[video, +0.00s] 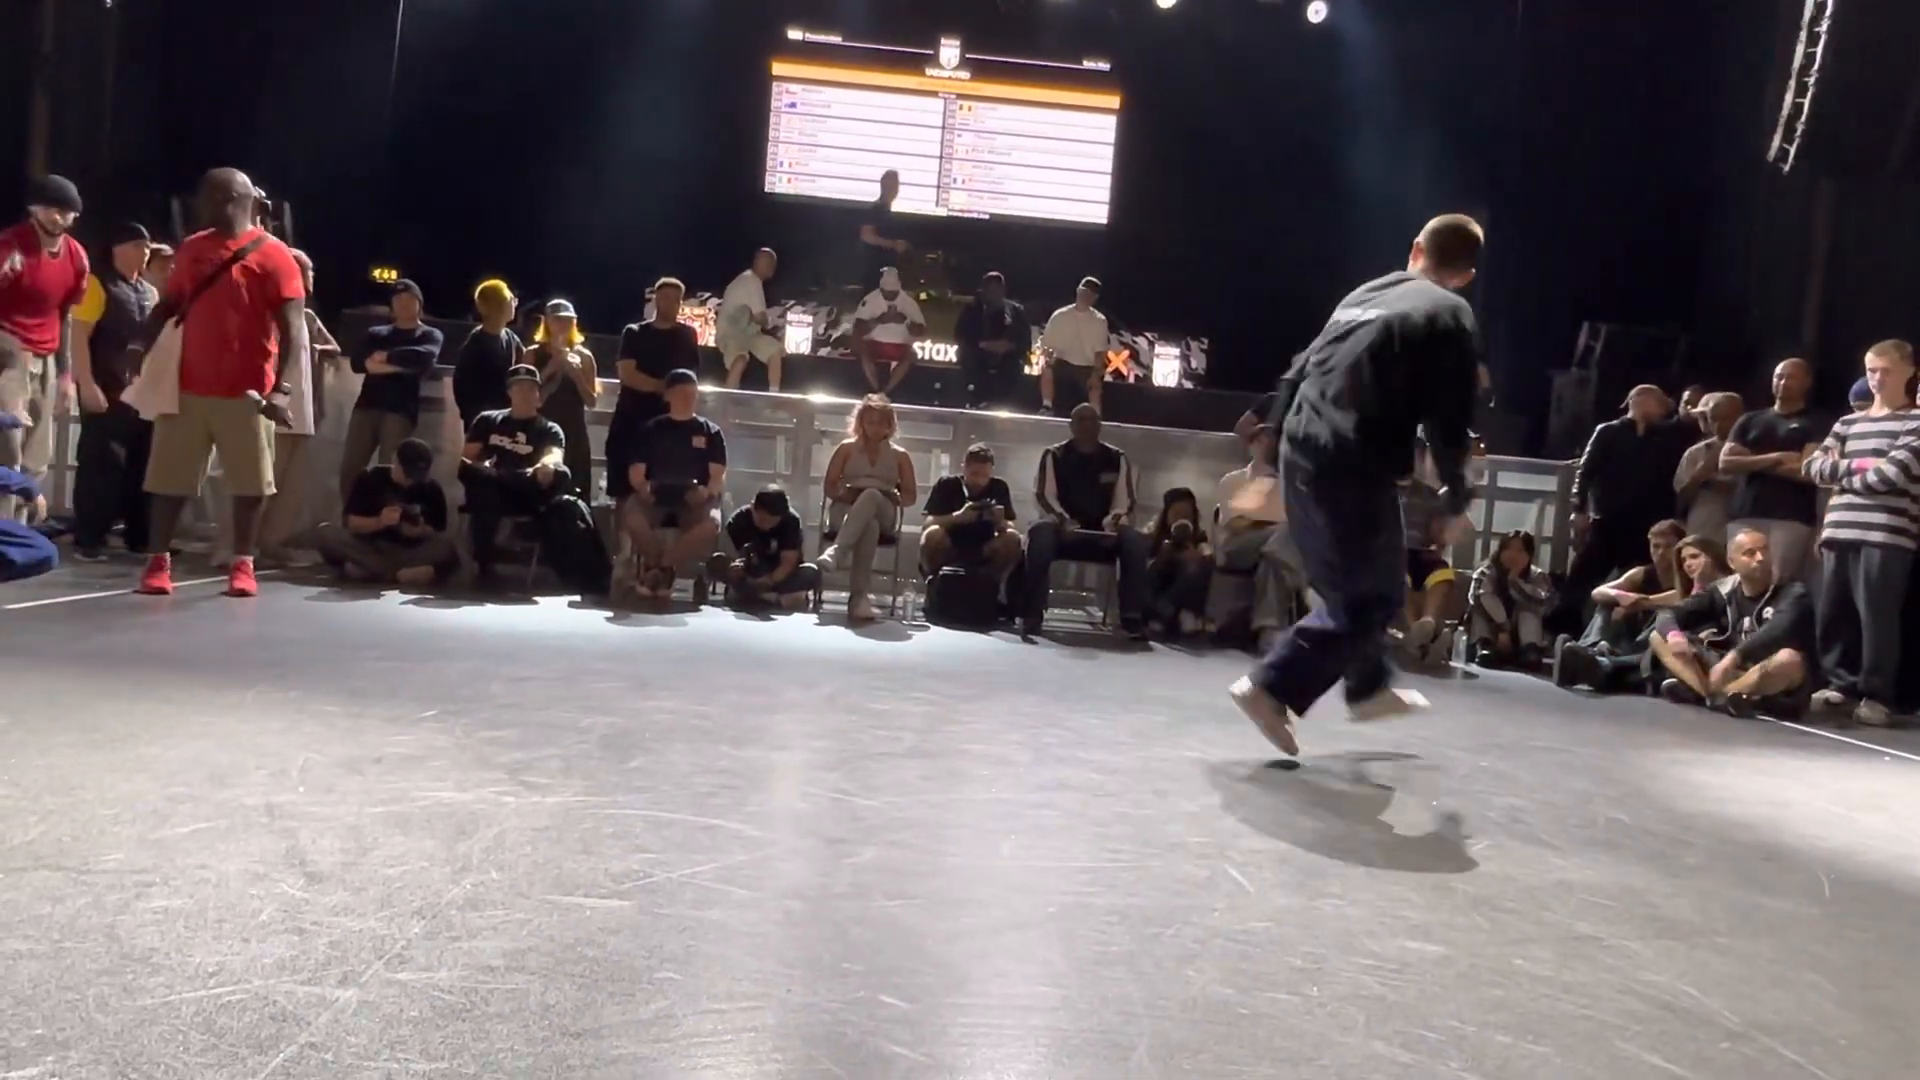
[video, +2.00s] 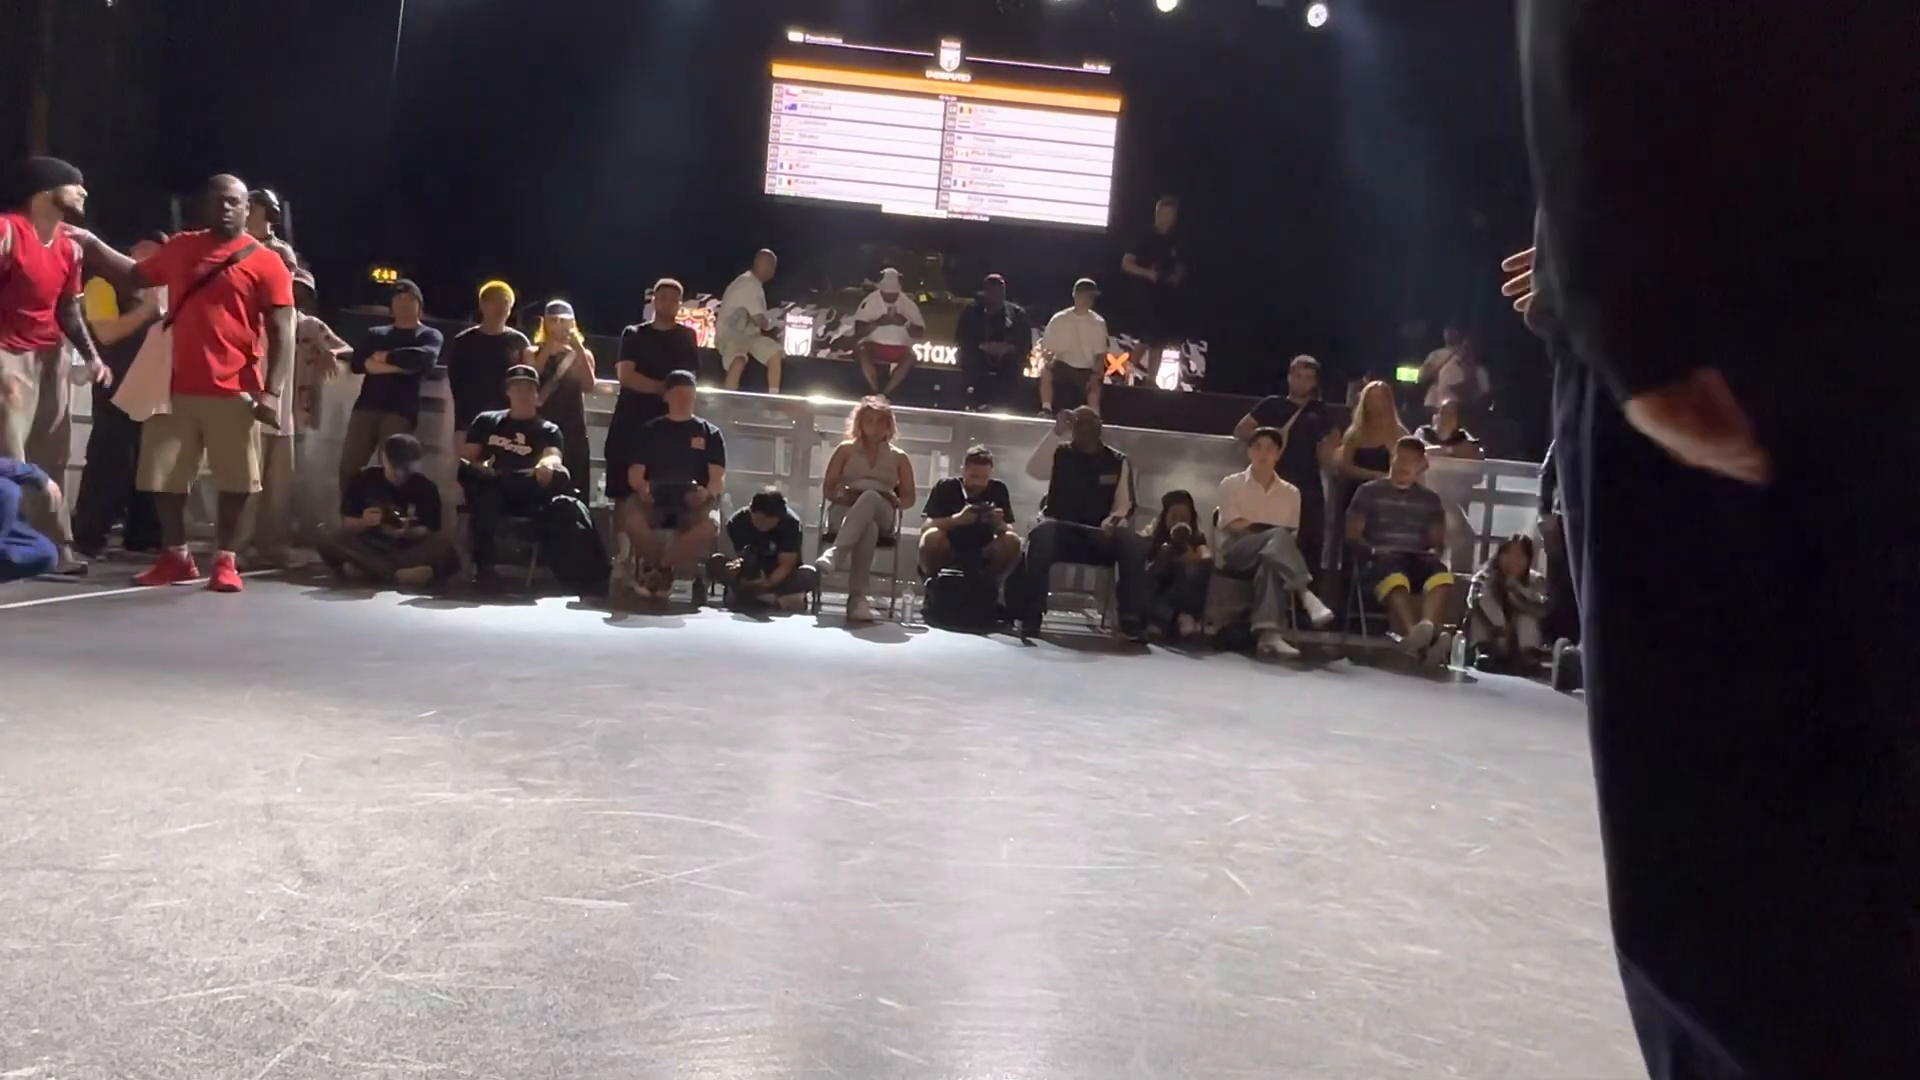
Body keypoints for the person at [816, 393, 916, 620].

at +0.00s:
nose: (875, 428)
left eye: (881, 423)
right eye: (870, 422)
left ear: (890, 425)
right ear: (860, 423)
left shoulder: (899, 456)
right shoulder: (847, 449)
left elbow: (909, 498)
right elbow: (830, 488)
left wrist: (885, 494)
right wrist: (854, 497)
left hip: (884, 518)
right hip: (844, 512)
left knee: (870, 495)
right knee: (869, 524)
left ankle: (836, 550)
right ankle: (859, 597)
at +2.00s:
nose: (874, 427)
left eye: (880, 422)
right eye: (869, 421)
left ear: (889, 425)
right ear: (859, 423)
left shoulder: (898, 457)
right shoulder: (846, 450)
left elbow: (908, 499)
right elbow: (829, 490)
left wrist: (889, 500)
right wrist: (851, 499)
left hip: (883, 518)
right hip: (844, 512)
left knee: (869, 497)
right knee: (869, 527)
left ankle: (834, 553)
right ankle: (857, 600)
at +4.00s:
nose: (850, 437)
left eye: (856, 432)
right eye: (844, 432)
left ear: (863, 436)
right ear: (834, 435)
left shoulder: (874, 468)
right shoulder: (820, 463)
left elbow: (886, 508)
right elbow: (805, 502)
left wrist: (866, 511)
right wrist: (825, 511)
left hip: (861, 529)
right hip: (822, 525)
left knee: (846, 508)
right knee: (847, 538)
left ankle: (813, 565)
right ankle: (838, 611)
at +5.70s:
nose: (868, 449)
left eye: (872, 444)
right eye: (862, 444)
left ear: (878, 449)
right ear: (851, 447)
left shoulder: (886, 478)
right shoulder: (838, 475)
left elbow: (900, 518)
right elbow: (823, 516)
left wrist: (878, 519)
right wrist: (846, 522)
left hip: (879, 540)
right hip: (839, 537)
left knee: (864, 521)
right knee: (864, 551)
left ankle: (832, 578)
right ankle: (856, 623)